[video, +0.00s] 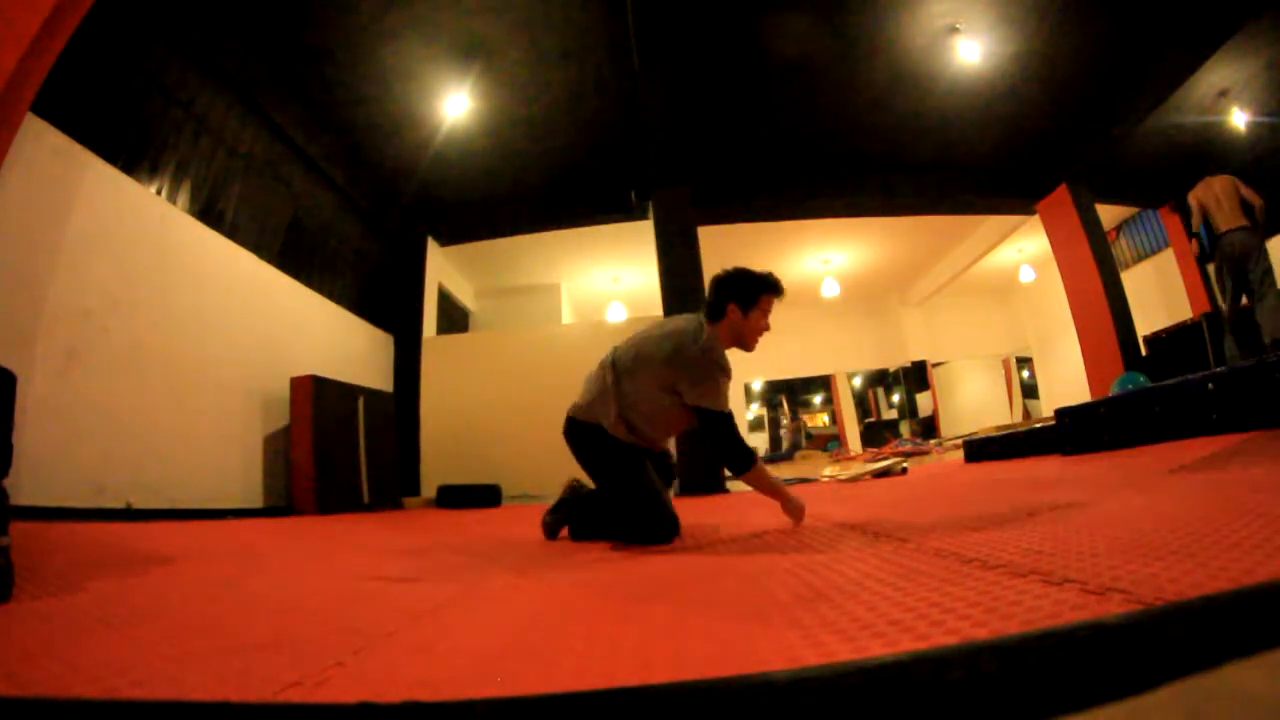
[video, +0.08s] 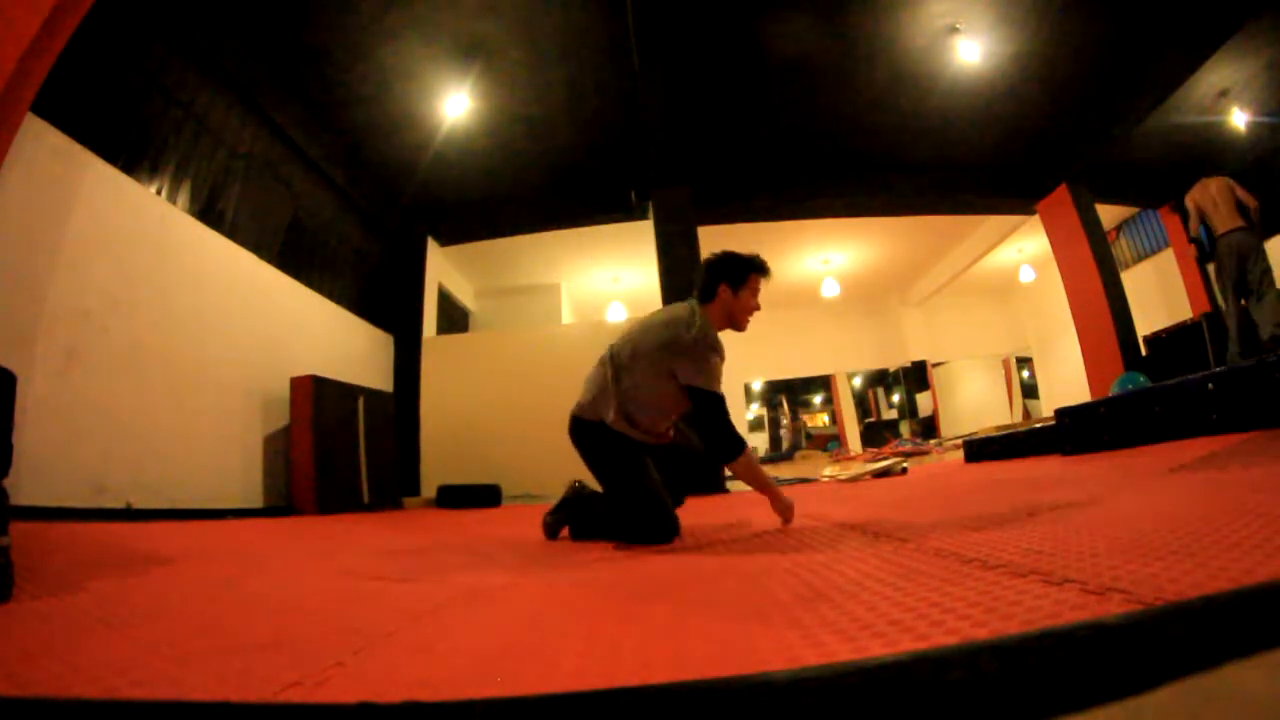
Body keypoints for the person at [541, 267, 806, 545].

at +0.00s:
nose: (767, 326)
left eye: (768, 315)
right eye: (763, 314)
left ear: (732, 314)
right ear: (733, 312)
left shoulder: (697, 335)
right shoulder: (701, 354)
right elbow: (730, 448)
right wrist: (782, 496)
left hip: (630, 426)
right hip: (597, 428)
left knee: (662, 472)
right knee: (659, 527)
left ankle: (593, 503)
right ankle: (576, 508)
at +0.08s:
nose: (758, 306)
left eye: (758, 296)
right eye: (752, 294)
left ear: (723, 293)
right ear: (725, 293)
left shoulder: (692, 325)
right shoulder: (695, 339)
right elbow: (721, 436)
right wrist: (774, 494)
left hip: (640, 426)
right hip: (602, 427)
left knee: (704, 468)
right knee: (658, 526)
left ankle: (633, 508)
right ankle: (579, 506)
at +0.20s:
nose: (744, 288)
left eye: (743, 278)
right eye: (739, 277)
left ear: (714, 278)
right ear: (714, 277)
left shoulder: (693, 316)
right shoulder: (688, 319)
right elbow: (701, 418)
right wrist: (740, 495)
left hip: (649, 423)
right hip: (609, 424)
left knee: (715, 410)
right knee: (658, 527)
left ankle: (693, 501)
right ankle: (587, 514)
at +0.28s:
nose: (738, 283)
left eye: (737, 274)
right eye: (733, 273)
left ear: (710, 274)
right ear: (711, 272)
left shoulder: (688, 311)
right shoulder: (686, 310)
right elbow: (685, 400)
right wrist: (703, 474)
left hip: (657, 426)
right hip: (618, 426)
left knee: (722, 401)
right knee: (656, 526)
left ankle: (736, 501)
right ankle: (584, 520)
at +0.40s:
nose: (732, 276)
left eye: (731, 267)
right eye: (727, 266)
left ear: (706, 268)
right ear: (707, 266)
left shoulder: (694, 309)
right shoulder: (680, 301)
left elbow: (684, 382)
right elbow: (656, 367)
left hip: (674, 425)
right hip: (640, 426)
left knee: (740, 411)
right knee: (656, 525)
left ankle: (735, 509)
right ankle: (585, 522)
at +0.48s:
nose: (730, 267)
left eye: (729, 259)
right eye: (725, 258)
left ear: (705, 261)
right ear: (705, 259)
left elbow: (697, 377)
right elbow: (643, 346)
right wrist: (631, 407)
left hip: (686, 420)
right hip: (652, 423)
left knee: (747, 414)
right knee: (657, 517)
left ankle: (739, 510)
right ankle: (581, 524)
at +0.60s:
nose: (729, 250)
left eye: (726, 242)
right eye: (724, 241)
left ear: (706, 245)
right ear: (711, 242)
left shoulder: (701, 284)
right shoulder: (681, 265)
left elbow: (680, 343)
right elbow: (651, 326)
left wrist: (706, 368)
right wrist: (629, 384)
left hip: (690, 395)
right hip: (658, 395)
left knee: (753, 413)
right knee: (660, 485)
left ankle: (739, 510)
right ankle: (584, 525)